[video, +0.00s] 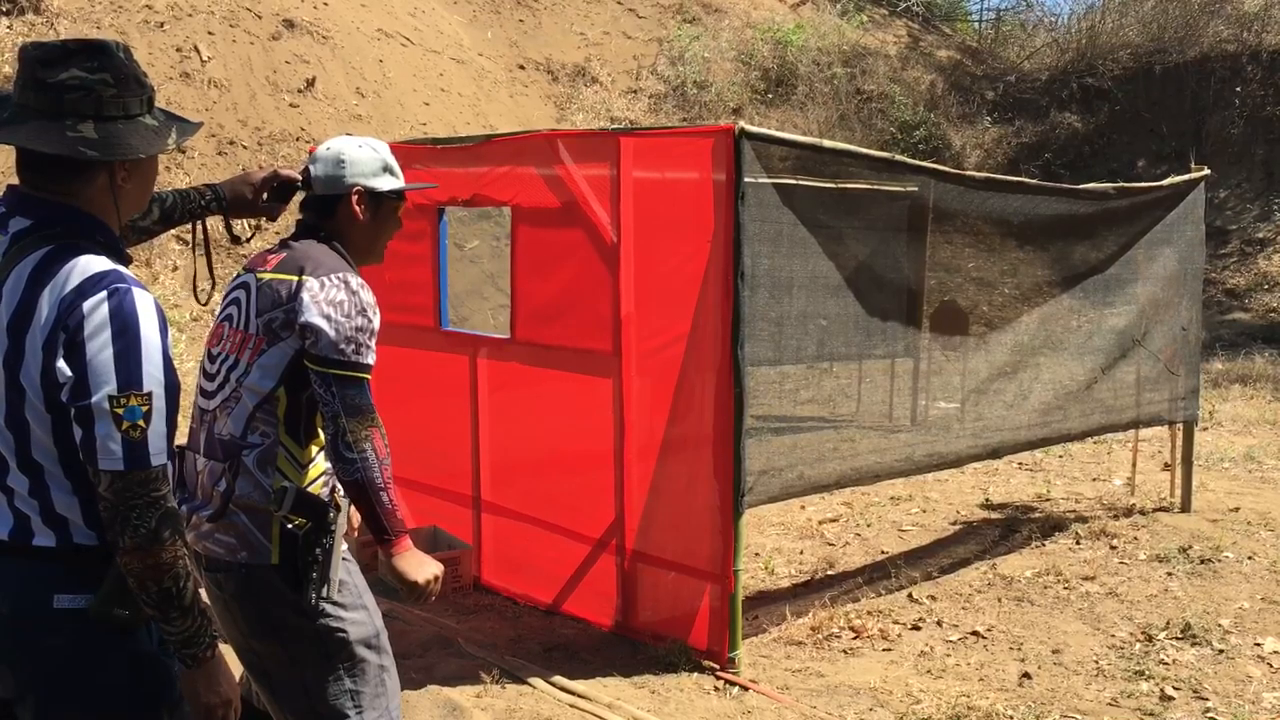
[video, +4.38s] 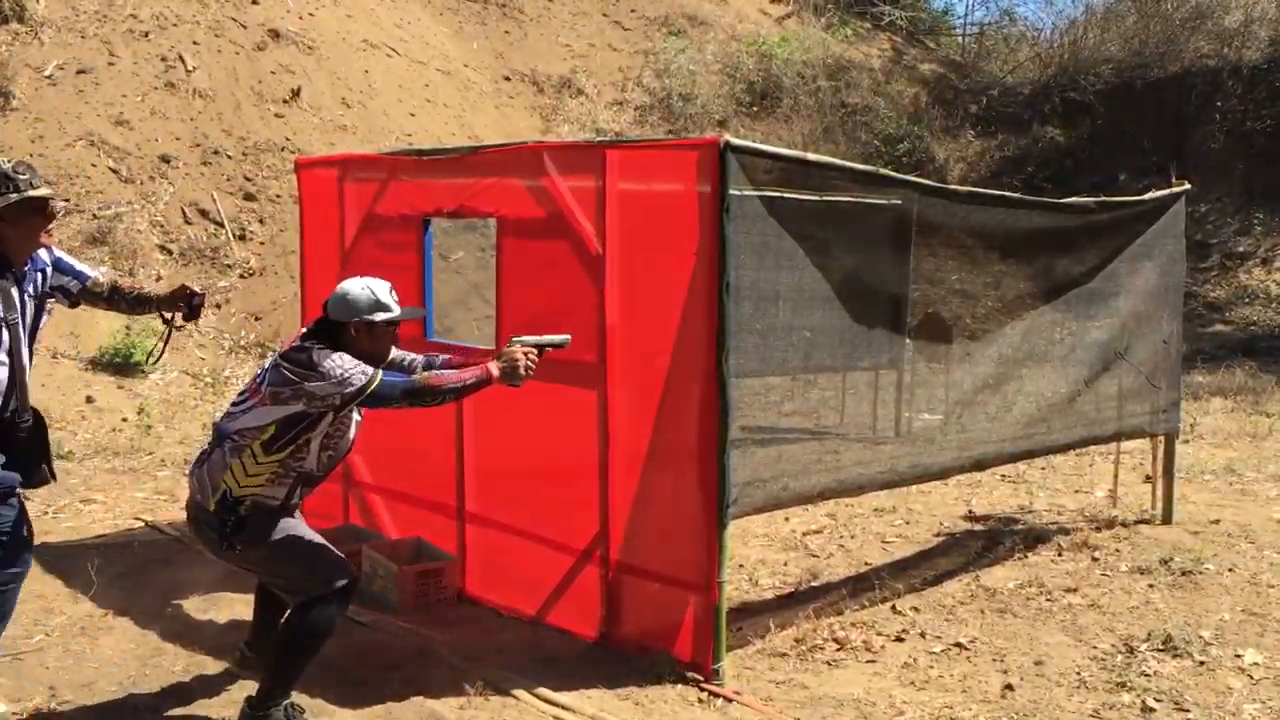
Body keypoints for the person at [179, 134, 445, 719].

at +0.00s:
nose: (402, 222)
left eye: (403, 207)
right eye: (397, 206)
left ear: (335, 201)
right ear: (358, 205)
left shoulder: (263, 266)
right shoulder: (337, 286)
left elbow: (273, 406)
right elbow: (352, 431)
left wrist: (334, 494)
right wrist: (401, 545)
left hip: (222, 531)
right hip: (280, 543)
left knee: (283, 694)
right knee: (363, 700)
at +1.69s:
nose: (405, 231)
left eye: (407, 217)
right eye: (401, 216)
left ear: (334, 210)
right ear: (362, 213)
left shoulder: (269, 272)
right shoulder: (342, 286)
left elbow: (266, 415)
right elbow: (336, 411)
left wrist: (337, 503)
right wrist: (401, 515)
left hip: (225, 528)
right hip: (281, 540)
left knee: (276, 687)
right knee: (367, 701)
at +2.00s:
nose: (422, 233)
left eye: (423, 219)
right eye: (417, 218)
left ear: (354, 214)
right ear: (378, 217)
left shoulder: (303, 270)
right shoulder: (349, 269)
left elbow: (291, 409)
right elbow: (298, 340)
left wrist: (362, 493)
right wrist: (344, 462)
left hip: (252, 530)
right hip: (300, 539)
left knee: (285, 683)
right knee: (363, 707)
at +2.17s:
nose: (410, 271)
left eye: (408, 257)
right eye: (401, 257)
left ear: (352, 261)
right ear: (363, 263)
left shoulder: (302, 310)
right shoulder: (350, 318)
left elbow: (350, 413)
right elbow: (390, 419)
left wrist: (451, 432)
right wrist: (472, 404)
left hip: (237, 549)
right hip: (297, 564)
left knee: (288, 643)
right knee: (390, 708)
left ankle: (257, 711)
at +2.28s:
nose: (391, 270)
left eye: (390, 258)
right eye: (381, 258)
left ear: (337, 261)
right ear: (343, 262)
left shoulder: (288, 308)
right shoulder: (340, 319)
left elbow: (391, 357)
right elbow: (414, 402)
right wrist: (488, 352)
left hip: (236, 533)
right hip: (293, 544)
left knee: (280, 628)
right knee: (348, 706)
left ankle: (255, 714)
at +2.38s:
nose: (386, 265)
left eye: (386, 253)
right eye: (378, 254)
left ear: (333, 255)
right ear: (338, 256)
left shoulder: (316, 291)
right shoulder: (323, 308)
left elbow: (417, 319)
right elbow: (413, 369)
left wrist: (501, 314)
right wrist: (493, 328)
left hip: (232, 502)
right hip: (262, 511)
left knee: (282, 615)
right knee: (366, 631)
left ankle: (254, 716)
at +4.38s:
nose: (395, 337)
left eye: (394, 327)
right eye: (387, 328)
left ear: (356, 327)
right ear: (356, 330)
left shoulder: (336, 348)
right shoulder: (327, 366)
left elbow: (418, 365)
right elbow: (414, 391)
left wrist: (497, 361)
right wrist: (496, 371)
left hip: (220, 497)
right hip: (235, 515)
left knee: (297, 545)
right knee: (335, 582)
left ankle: (260, 644)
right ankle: (269, 701)